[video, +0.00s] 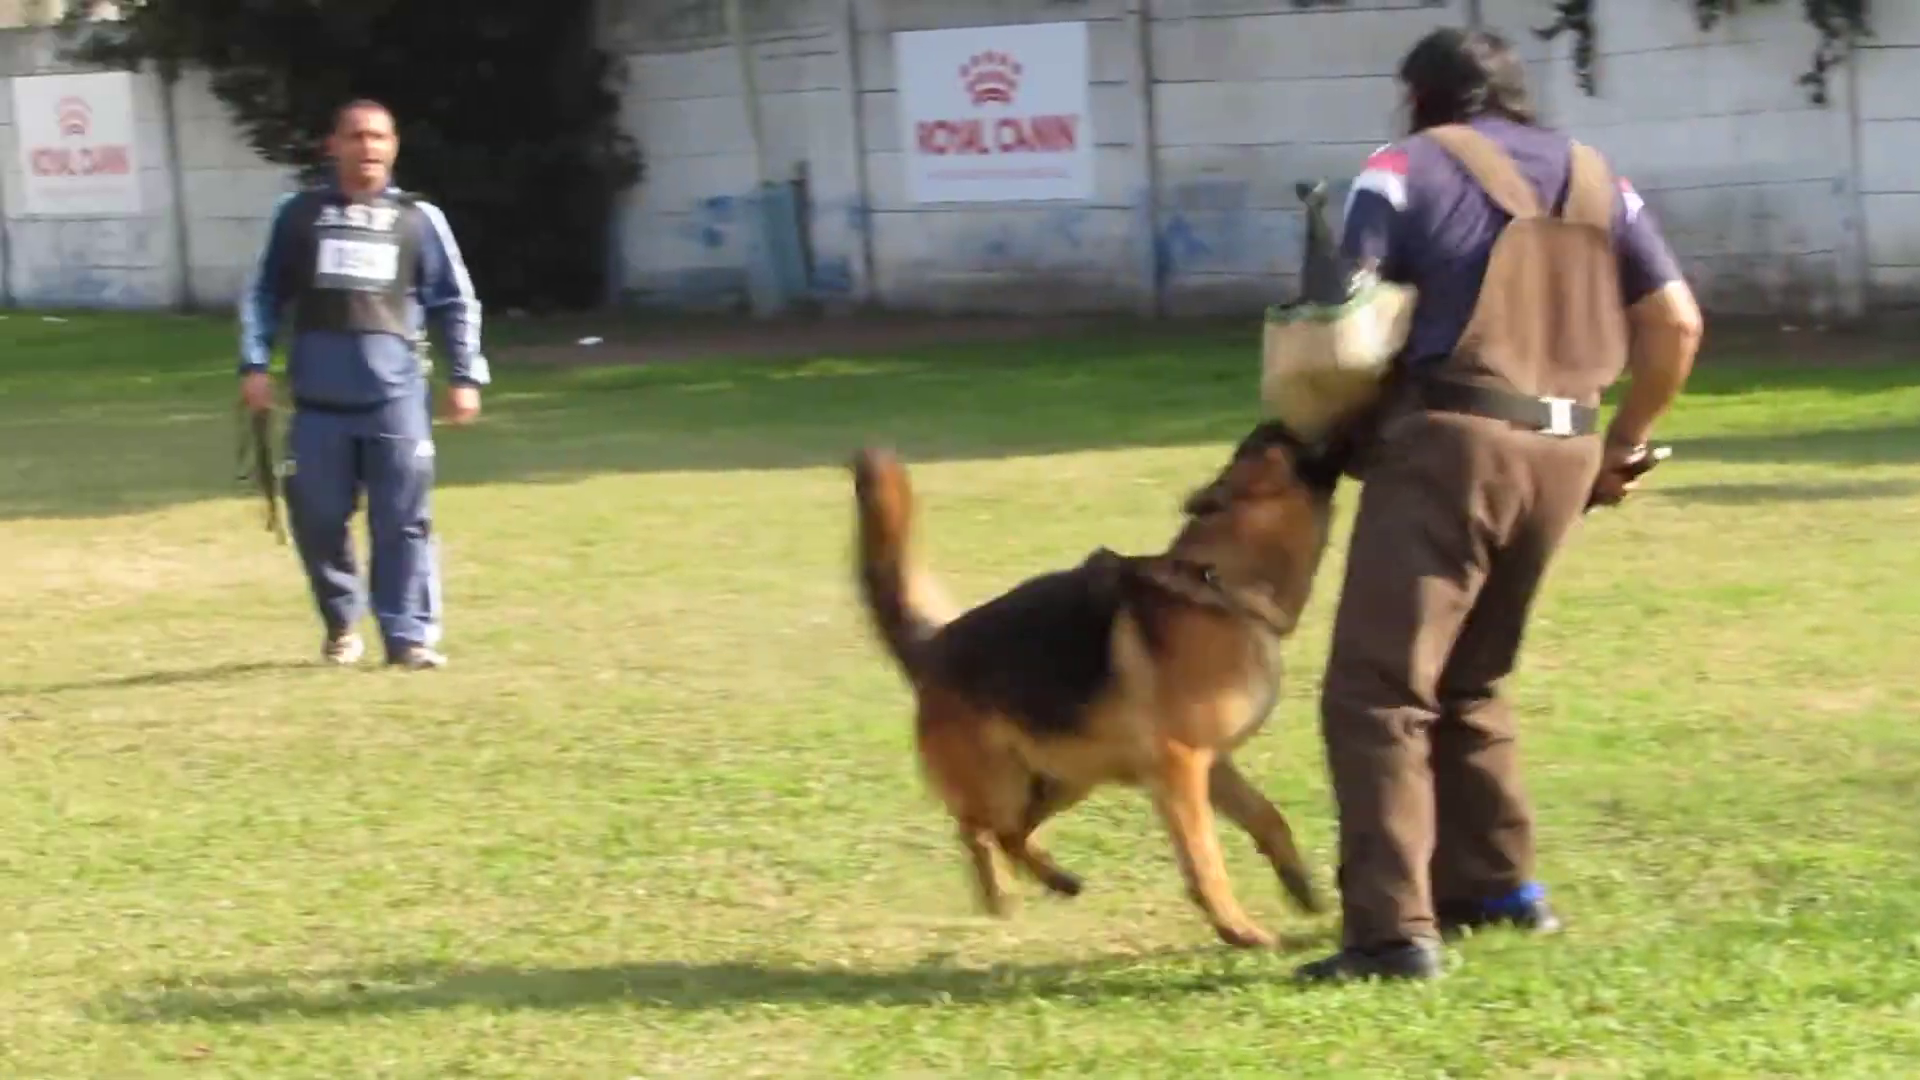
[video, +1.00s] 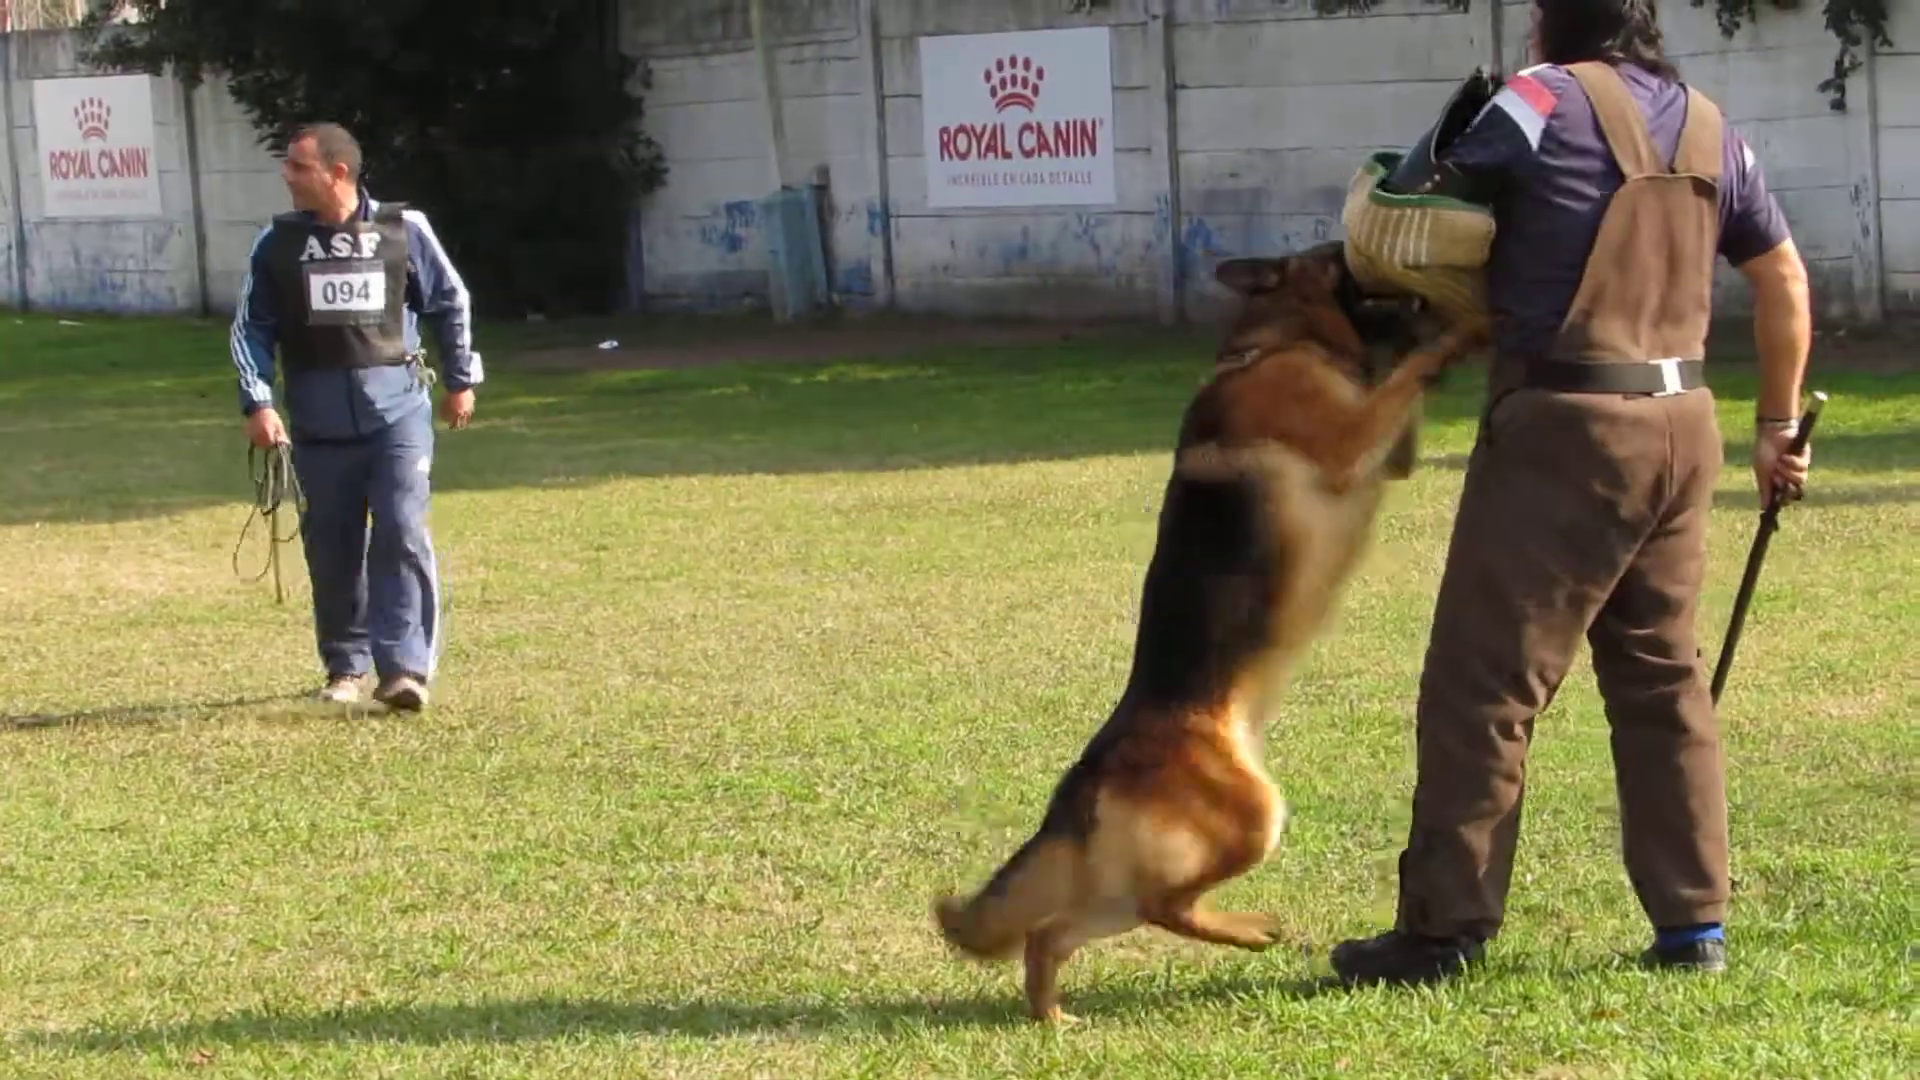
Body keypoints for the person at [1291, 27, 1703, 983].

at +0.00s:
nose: (1402, 122)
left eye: (1405, 107)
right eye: (1405, 109)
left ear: (1425, 102)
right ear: (1512, 92)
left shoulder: (1407, 167)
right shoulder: (1597, 177)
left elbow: (1344, 329)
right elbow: (1675, 324)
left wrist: (1331, 429)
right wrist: (1627, 439)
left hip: (1454, 443)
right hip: (1567, 456)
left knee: (1377, 690)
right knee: (1472, 683)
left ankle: (1390, 935)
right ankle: (1494, 887)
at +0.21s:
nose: (1482, 63)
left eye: (1484, 50)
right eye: (1488, 51)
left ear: (1501, 51)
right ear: (1587, 48)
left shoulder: (1497, 112)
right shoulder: (1651, 141)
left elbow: (1414, 248)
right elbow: (1742, 286)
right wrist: (1751, 427)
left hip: (1533, 425)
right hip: (1634, 429)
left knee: (1479, 680)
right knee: (1580, 660)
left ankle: (1475, 936)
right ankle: (1708, 854)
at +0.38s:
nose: (1447, 46)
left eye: (1451, 31)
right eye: (1451, 32)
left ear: (1476, 32)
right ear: (1558, 31)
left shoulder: (1479, 99)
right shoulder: (1623, 129)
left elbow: (1412, 253)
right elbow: (1699, 274)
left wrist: (1328, 261)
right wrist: (1709, 418)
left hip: (1503, 425)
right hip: (1612, 422)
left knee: (1446, 681)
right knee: (1593, 662)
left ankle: (1442, 937)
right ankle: (1715, 885)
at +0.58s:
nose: (1442, 34)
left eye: (1449, 23)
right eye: (1448, 26)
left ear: (1469, 29)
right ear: (1552, 35)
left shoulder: (1455, 100)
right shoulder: (1612, 136)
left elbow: (1373, 237)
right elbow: (1683, 291)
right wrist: (1676, 437)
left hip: (1486, 429)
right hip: (1598, 427)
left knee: (1426, 690)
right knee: (1601, 677)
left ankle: (1405, 941)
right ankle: (1679, 916)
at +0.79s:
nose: (1493, 29)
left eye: (1498, 19)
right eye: (1499, 21)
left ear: (1515, 27)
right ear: (1600, 29)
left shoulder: (1493, 98)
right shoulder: (1665, 132)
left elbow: (1386, 230)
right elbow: (1741, 284)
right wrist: (1744, 427)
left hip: (1529, 431)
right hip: (1644, 426)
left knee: (1458, 685)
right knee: (1632, 677)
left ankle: (1413, 935)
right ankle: (1689, 918)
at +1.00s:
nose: (1532, 31)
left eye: (1534, 21)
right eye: (1537, 22)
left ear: (1554, 26)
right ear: (1638, 24)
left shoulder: (1541, 93)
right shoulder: (1709, 124)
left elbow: (1436, 215)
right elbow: (1784, 277)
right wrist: (1781, 423)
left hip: (1566, 429)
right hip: (1684, 427)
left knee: (1484, 680)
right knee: (1663, 672)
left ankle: (1441, 930)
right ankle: (1693, 922)